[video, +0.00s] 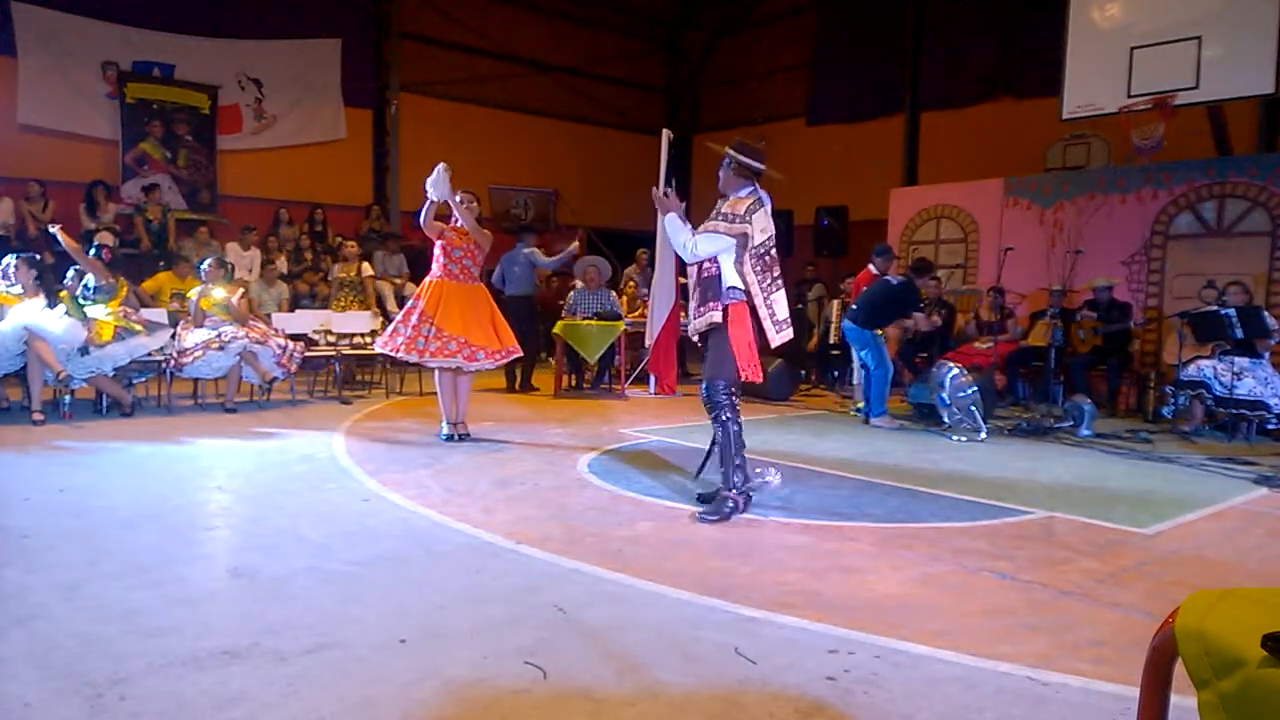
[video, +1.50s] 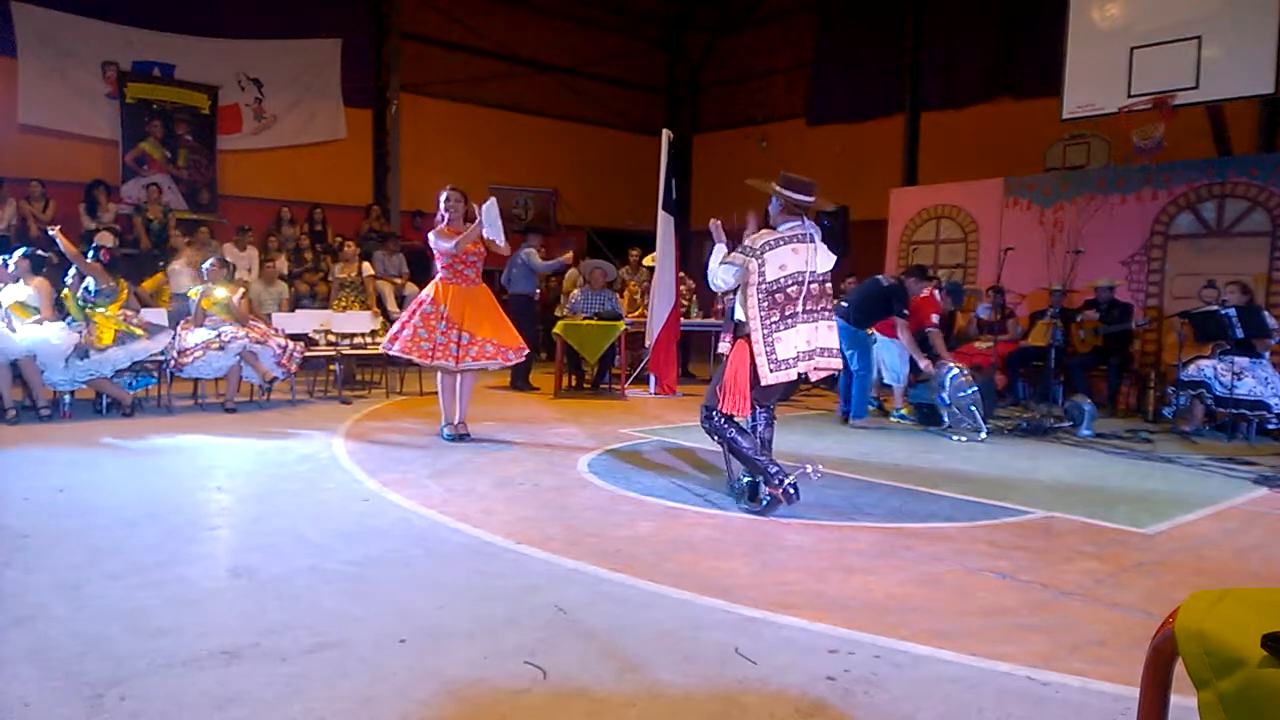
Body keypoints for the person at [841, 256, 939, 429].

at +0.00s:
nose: (929, 283)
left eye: (930, 279)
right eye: (930, 279)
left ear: (911, 271)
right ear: (924, 277)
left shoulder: (894, 280)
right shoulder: (910, 289)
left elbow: (892, 319)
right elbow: (923, 325)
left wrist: (916, 323)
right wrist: (935, 322)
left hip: (852, 323)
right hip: (864, 328)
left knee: (871, 368)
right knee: (883, 368)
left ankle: (871, 410)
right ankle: (879, 414)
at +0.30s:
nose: (928, 283)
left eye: (929, 278)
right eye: (928, 278)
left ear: (911, 271)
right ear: (920, 275)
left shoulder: (894, 281)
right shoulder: (907, 289)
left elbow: (899, 325)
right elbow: (910, 326)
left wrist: (920, 337)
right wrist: (928, 338)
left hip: (853, 323)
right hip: (863, 328)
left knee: (872, 367)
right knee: (882, 368)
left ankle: (871, 411)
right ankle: (879, 414)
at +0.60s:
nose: (930, 289)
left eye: (932, 285)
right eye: (930, 285)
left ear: (917, 278)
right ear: (921, 279)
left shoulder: (898, 284)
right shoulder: (905, 290)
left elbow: (888, 325)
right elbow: (897, 327)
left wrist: (902, 349)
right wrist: (910, 354)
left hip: (856, 323)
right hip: (861, 326)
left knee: (871, 367)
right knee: (878, 366)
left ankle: (871, 410)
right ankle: (878, 414)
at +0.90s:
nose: (930, 291)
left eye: (932, 286)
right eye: (930, 285)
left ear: (917, 278)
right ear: (920, 280)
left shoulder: (900, 287)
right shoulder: (903, 290)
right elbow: (895, 327)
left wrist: (927, 344)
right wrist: (908, 357)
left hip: (855, 322)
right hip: (859, 325)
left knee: (870, 367)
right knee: (877, 366)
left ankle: (869, 410)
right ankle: (877, 413)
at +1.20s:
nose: (926, 292)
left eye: (928, 288)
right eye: (926, 287)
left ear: (914, 279)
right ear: (916, 280)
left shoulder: (894, 283)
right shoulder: (902, 291)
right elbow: (904, 330)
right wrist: (921, 358)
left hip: (847, 323)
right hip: (856, 327)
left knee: (866, 368)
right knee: (870, 369)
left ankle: (868, 408)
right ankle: (862, 414)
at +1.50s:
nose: (920, 292)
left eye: (923, 288)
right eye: (920, 287)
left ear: (907, 278)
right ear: (911, 280)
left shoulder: (886, 280)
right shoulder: (900, 292)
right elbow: (902, 330)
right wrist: (920, 359)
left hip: (842, 317)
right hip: (854, 325)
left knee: (849, 369)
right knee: (863, 371)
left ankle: (845, 409)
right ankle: (858, 415)